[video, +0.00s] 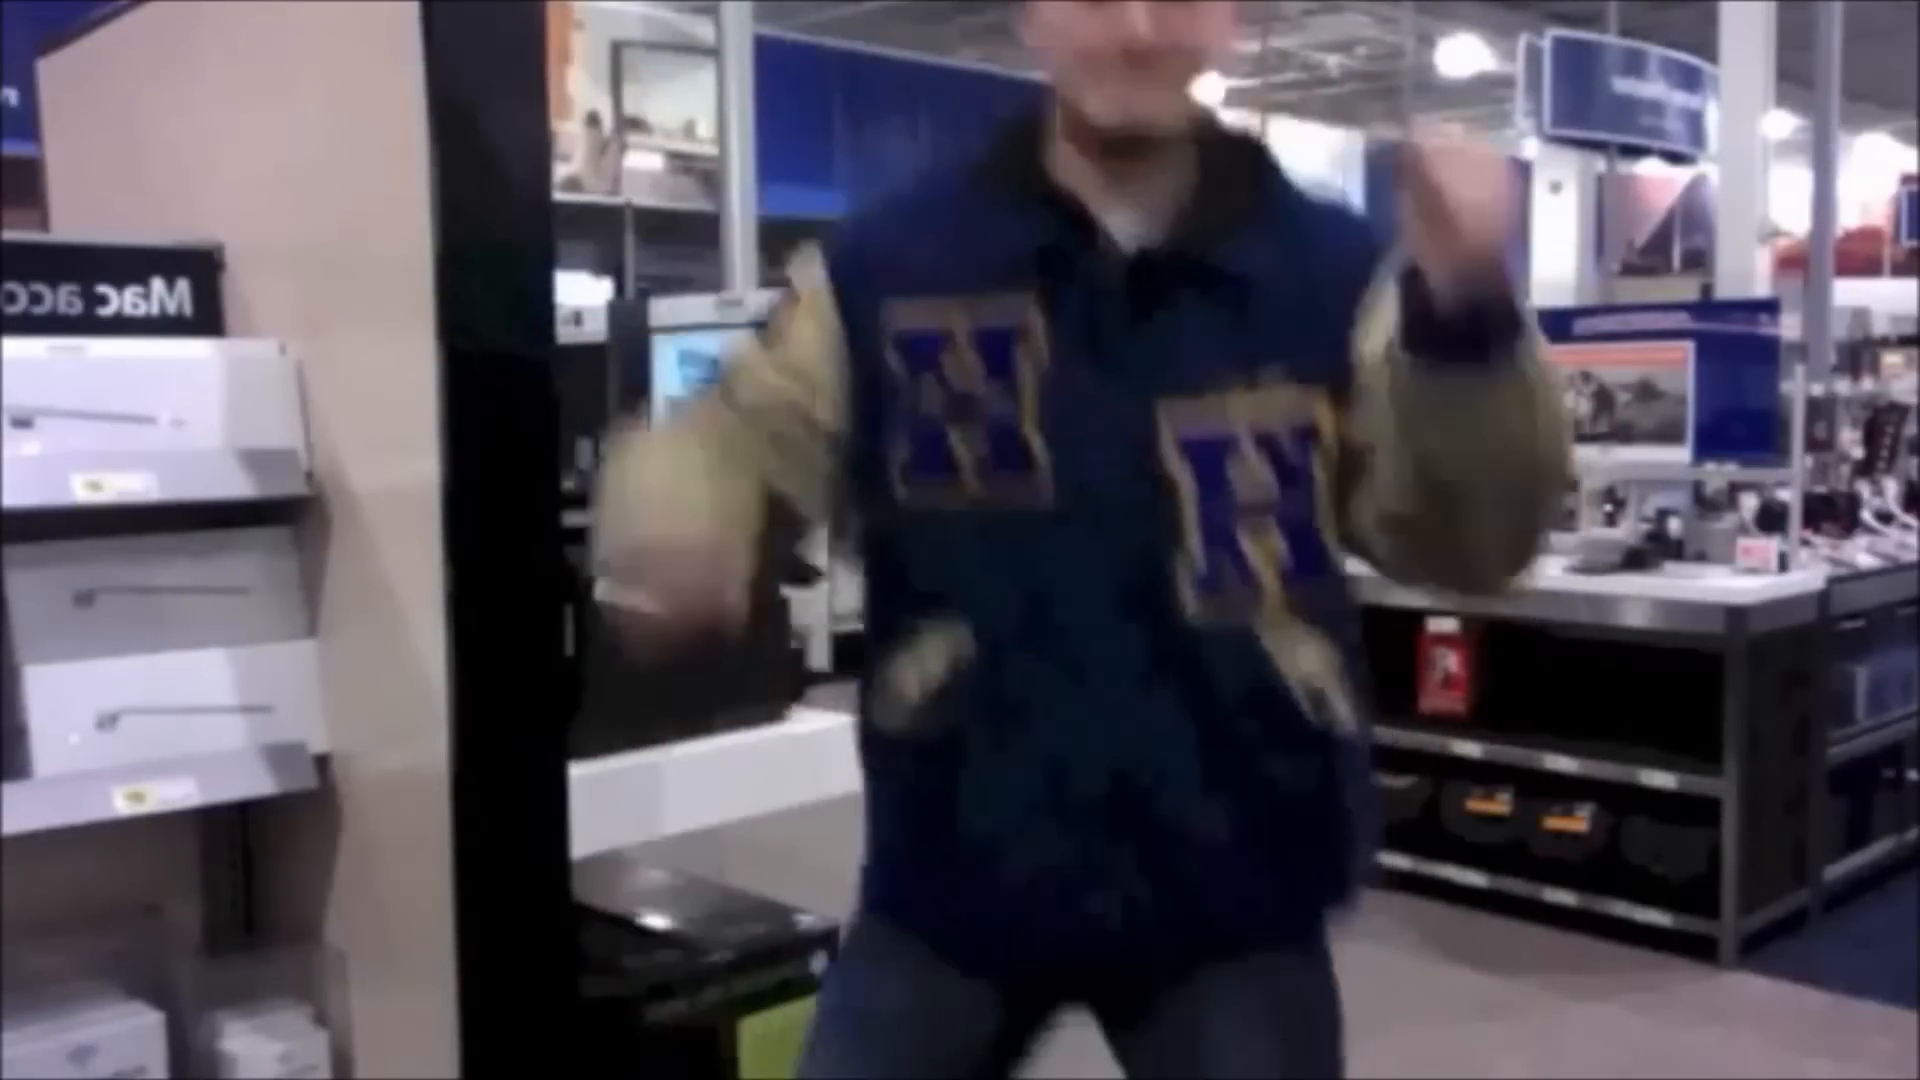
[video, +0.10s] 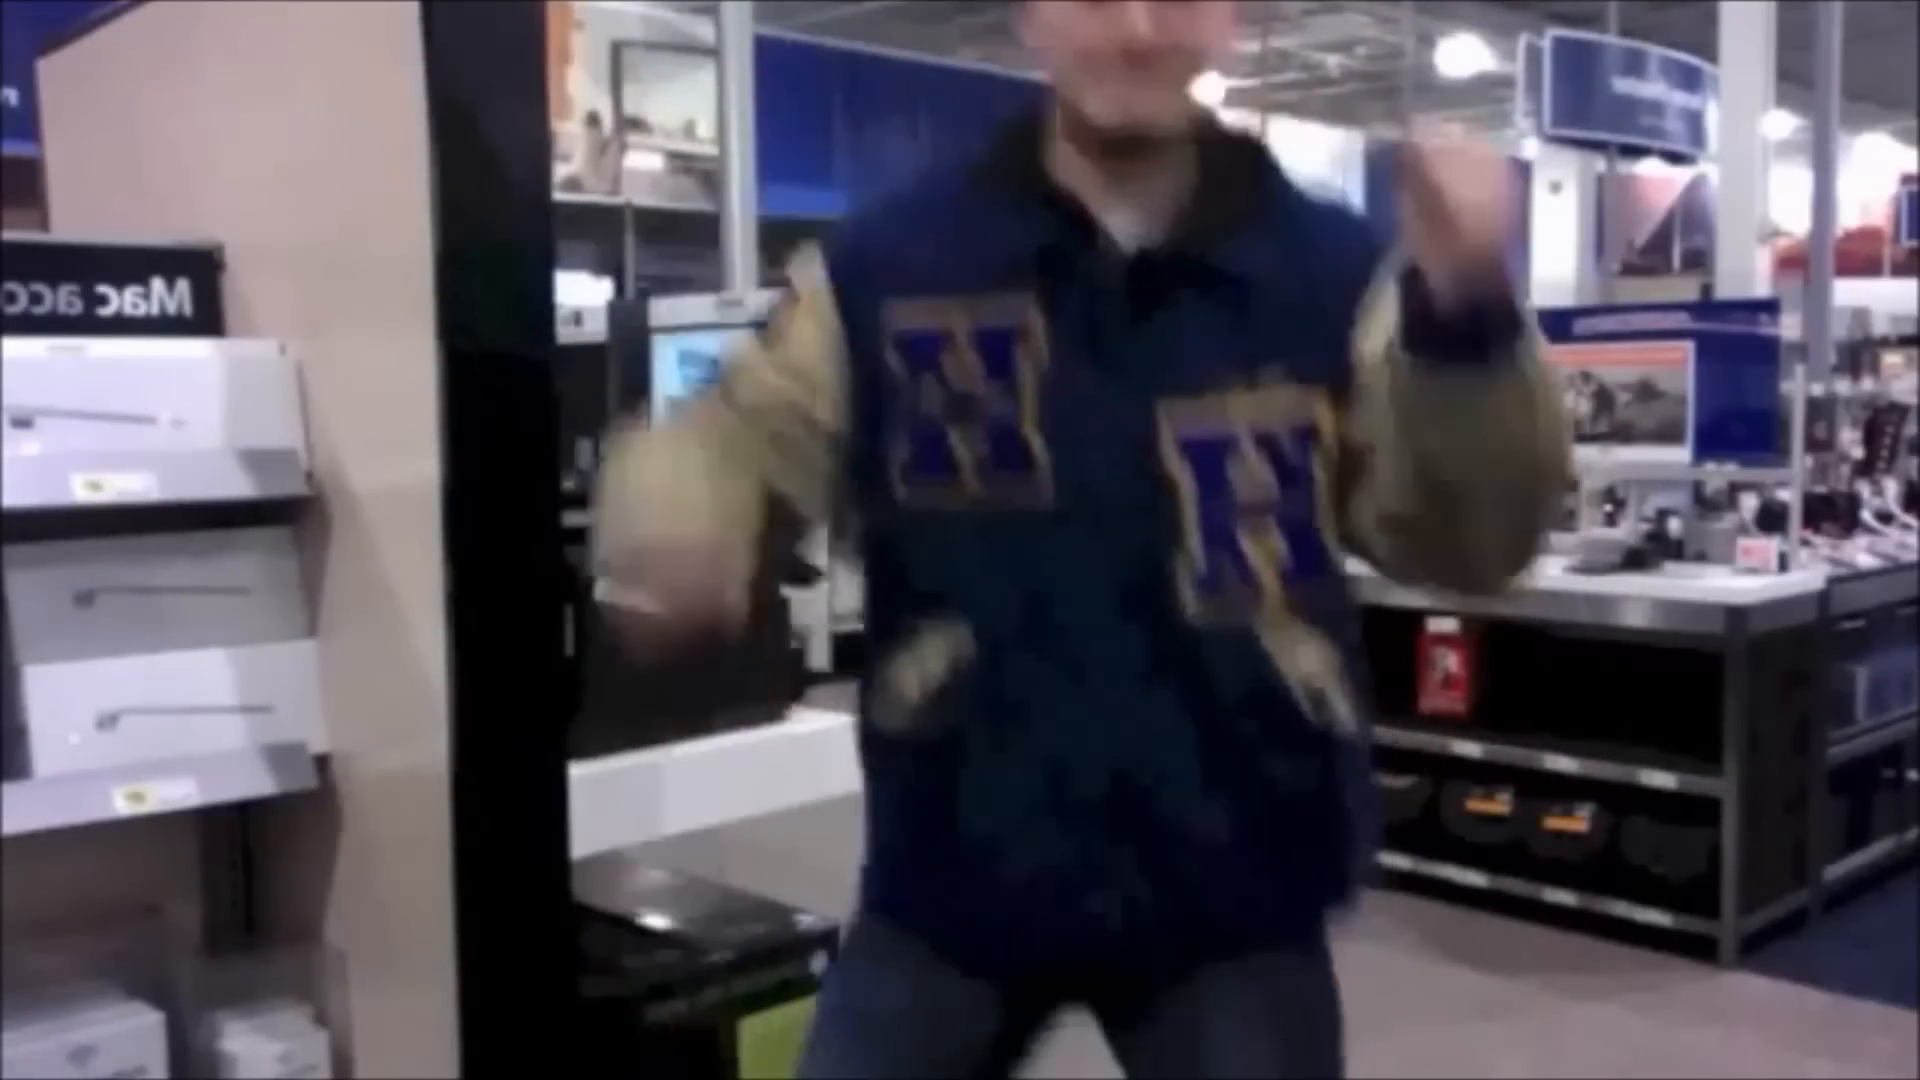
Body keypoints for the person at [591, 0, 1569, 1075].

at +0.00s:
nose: (1137, 27)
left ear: (1228, 25)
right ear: (1029, 24)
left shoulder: (1329, 269)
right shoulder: (898, 256)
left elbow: (1470, 550)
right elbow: (746, 432)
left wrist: (1466, 313)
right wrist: (684, 517)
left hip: (1228, 882)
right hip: (961, 879)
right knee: (852, 1068)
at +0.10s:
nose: (1138, 27)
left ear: (1227, 25)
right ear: (1029, 24)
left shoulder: (1329, 268)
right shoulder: (897, 256)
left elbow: (1469, 550)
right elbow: (746, 431)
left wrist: (1466, 312)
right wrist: (684, 517)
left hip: (1228, 882)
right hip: (961, 879)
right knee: (852, 1067)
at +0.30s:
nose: (991, 15)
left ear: (1087, 17)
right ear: (885, 16)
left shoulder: (1209, 212)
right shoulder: (804, 249)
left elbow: (1358, 482)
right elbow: (615, 450)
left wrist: (1433, 735)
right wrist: (698, 135)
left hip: (1167, 864)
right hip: (909, 876)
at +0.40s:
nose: (991, 15)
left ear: (1087, 17)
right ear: (885, 16)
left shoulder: (1209, 212)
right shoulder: (804, 249)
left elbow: (1358, 482)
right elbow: (615, 450)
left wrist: (1433, 735)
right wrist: (698, 135)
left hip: (1167, 864)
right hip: (909, 876)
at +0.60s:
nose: (1179, 101)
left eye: (1219, 65)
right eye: (1138, 62)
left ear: (1273, 94)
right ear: (1072, 85)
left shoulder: (1340, 342)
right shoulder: (930, 309)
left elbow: (1512, 553)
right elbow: (726, 551)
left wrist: (1449, 258)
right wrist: (604, 753)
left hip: (1228, 970)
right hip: (959, 957)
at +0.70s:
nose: (1178, 101)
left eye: (1219, 65)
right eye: (1138, 62)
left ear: (1273, 95)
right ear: (1072, 85)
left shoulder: (1340, 342)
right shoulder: (931, 308)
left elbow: (1512, 554)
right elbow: (726, 551)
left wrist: (1450, 258)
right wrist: (604, 753)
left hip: (1228, 971)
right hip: (959, 958)